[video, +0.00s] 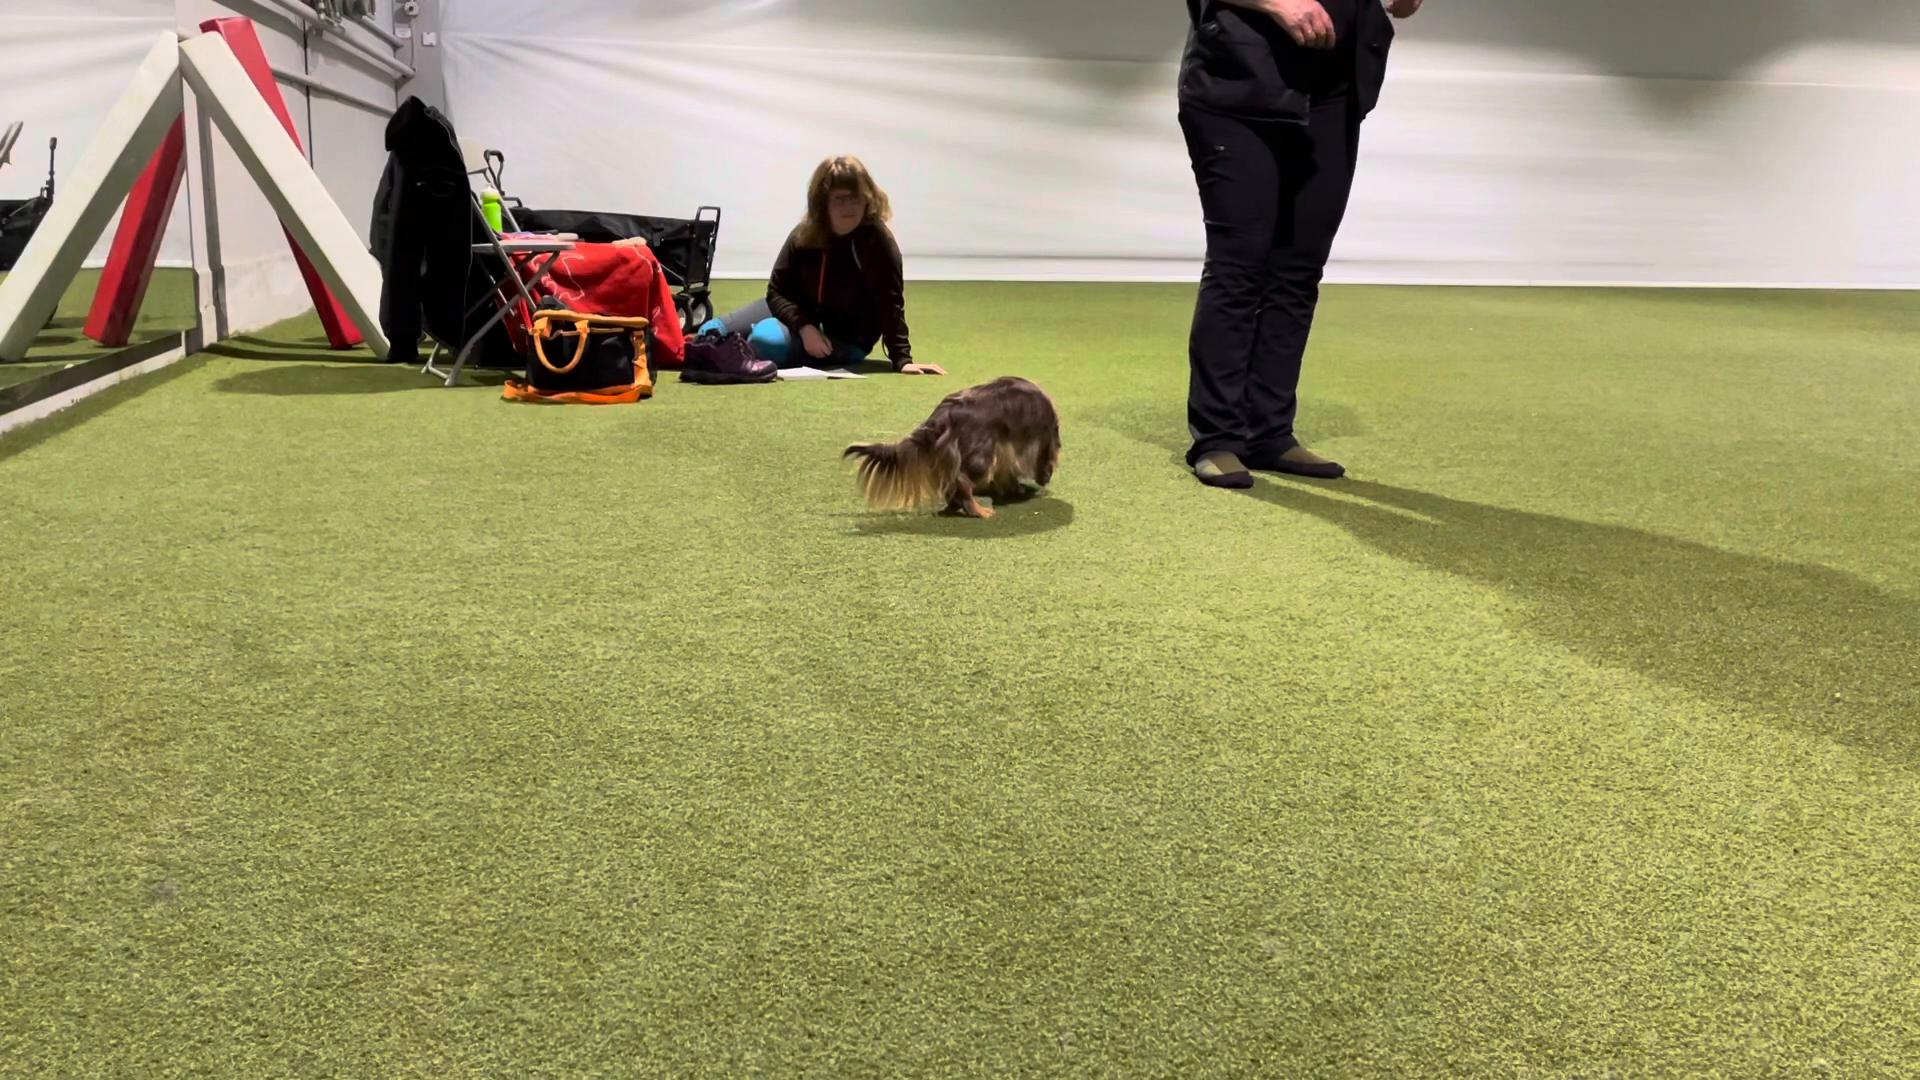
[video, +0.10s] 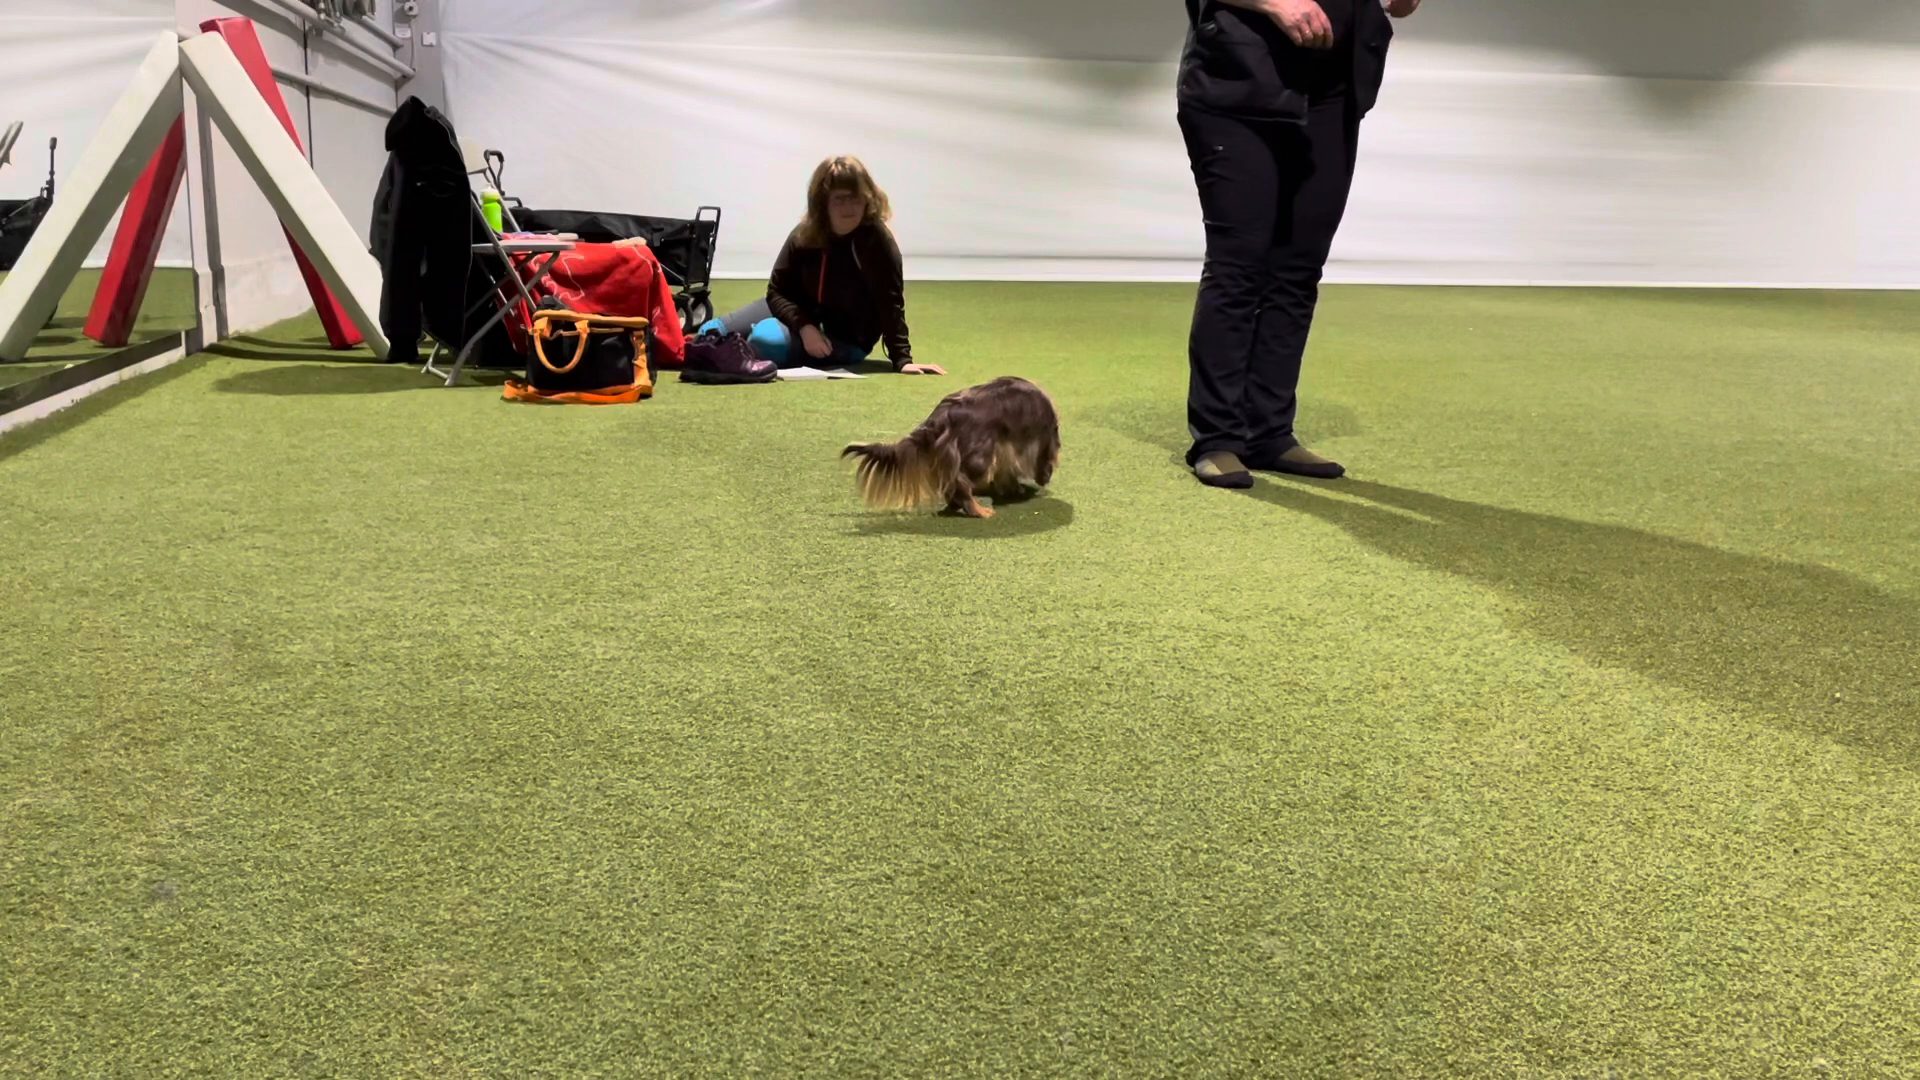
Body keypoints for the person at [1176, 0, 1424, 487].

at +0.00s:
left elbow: (1399, 7)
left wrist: (1402, 0)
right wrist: (1271, 2)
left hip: (1332, 90)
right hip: (1236, 77)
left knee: (1298, 272)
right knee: (1238, 263)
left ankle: (1268, 435)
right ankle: (1215, 438)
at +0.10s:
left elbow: (1397, 6)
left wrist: (1398, 1)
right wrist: (1270, 2)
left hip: (1331, 90)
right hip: (1235, 77)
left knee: (1298, 272)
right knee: (1237, 264)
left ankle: (1268, 435)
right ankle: (1215, 439)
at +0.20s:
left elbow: (1395, 6)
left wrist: (1397, 1)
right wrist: (1268, 2)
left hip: (1330, 90)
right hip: (1234, 77)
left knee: (1297, 272)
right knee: (1237, 264)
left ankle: (1268, 435)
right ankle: (1215, 438)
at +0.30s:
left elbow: (1391, 8)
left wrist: (1394, 1)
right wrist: (1266, 2)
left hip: (1330, 90)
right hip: (1234, 76)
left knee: (1297, 271)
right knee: (1236, 263)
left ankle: (1268, 435)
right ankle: (1215, 438)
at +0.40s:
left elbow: (1390, 7)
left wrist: (1393, 1)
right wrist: (1264, 2)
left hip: (1329, 90)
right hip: (1233, 77)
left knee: (1297, 271)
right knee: (1236, 263)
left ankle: (1267, 434)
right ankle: (1215, 438)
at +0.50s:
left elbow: (1389, 7)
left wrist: (1393, 1)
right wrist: (1263, 2)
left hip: (1329, 90)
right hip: (1232, 77)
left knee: (1297, 271)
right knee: (1236, 263)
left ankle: (1267, 435)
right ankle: (1215, 438)